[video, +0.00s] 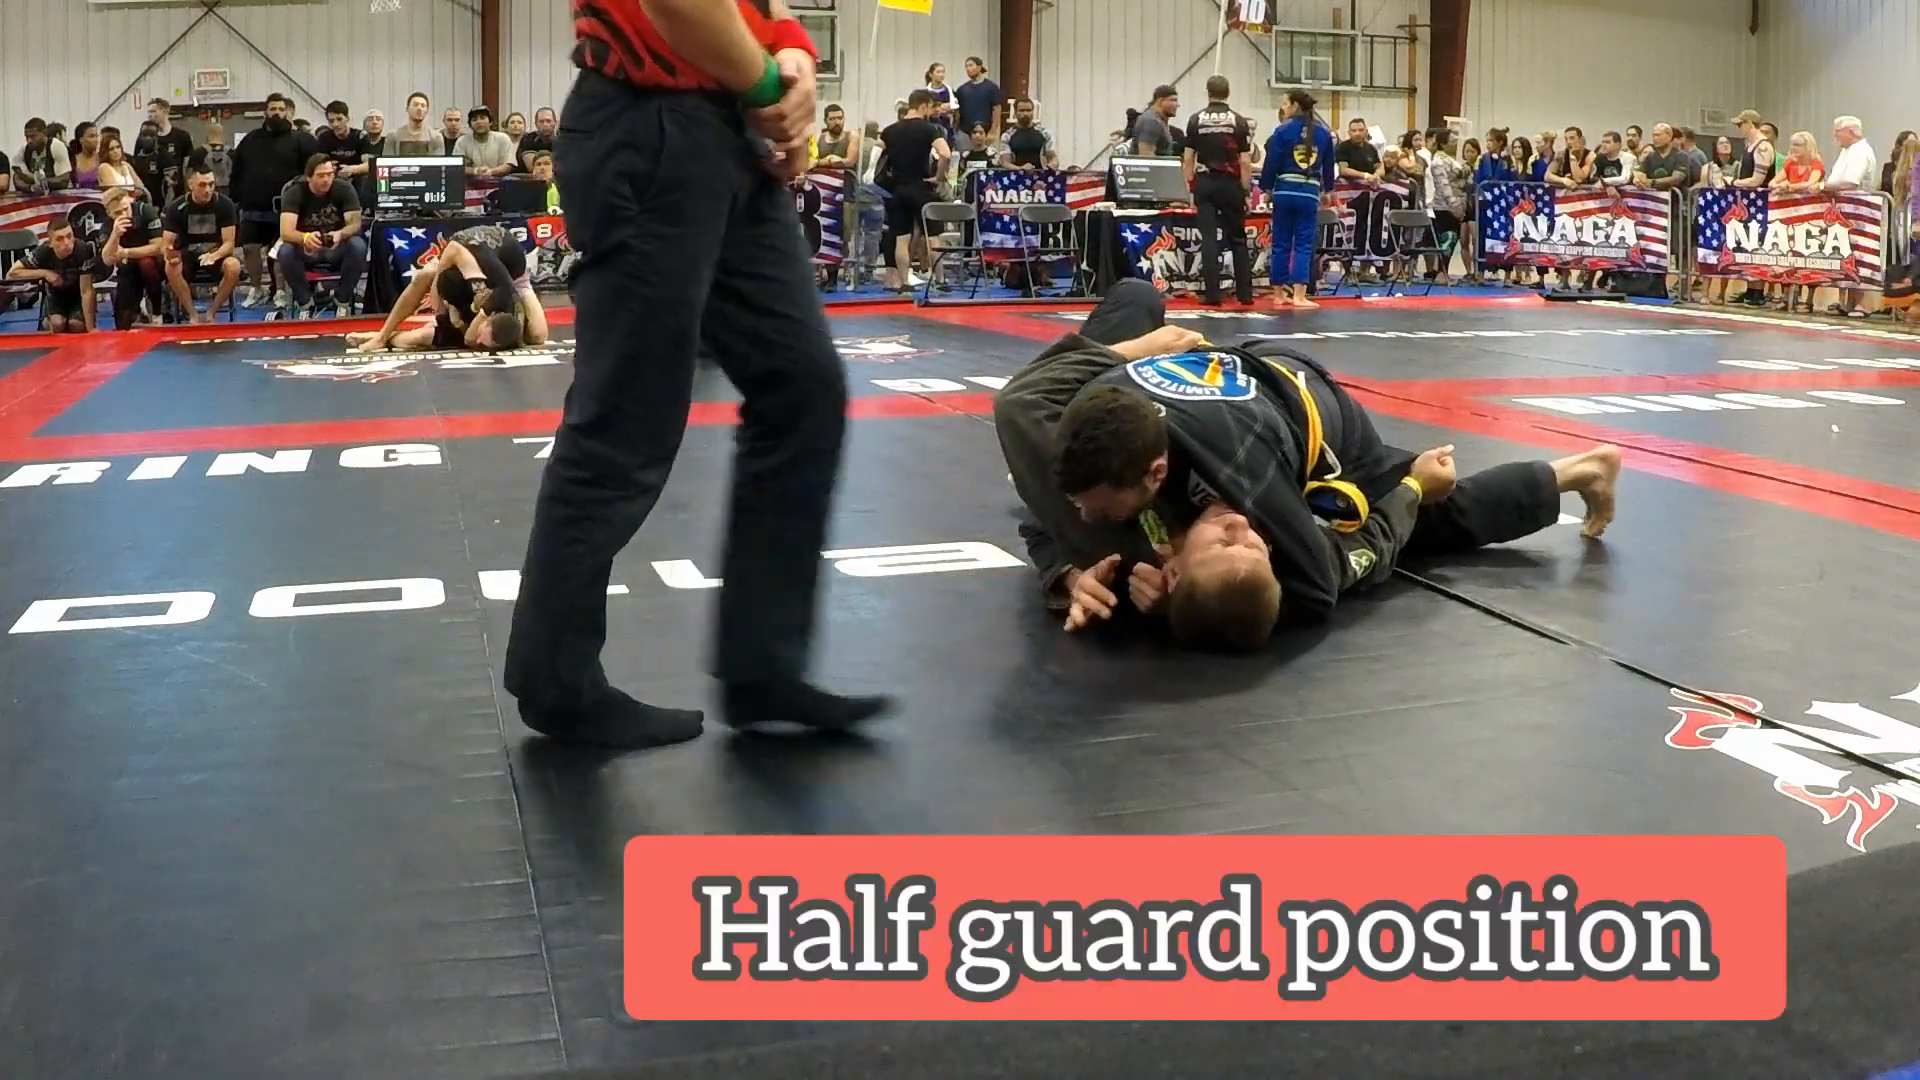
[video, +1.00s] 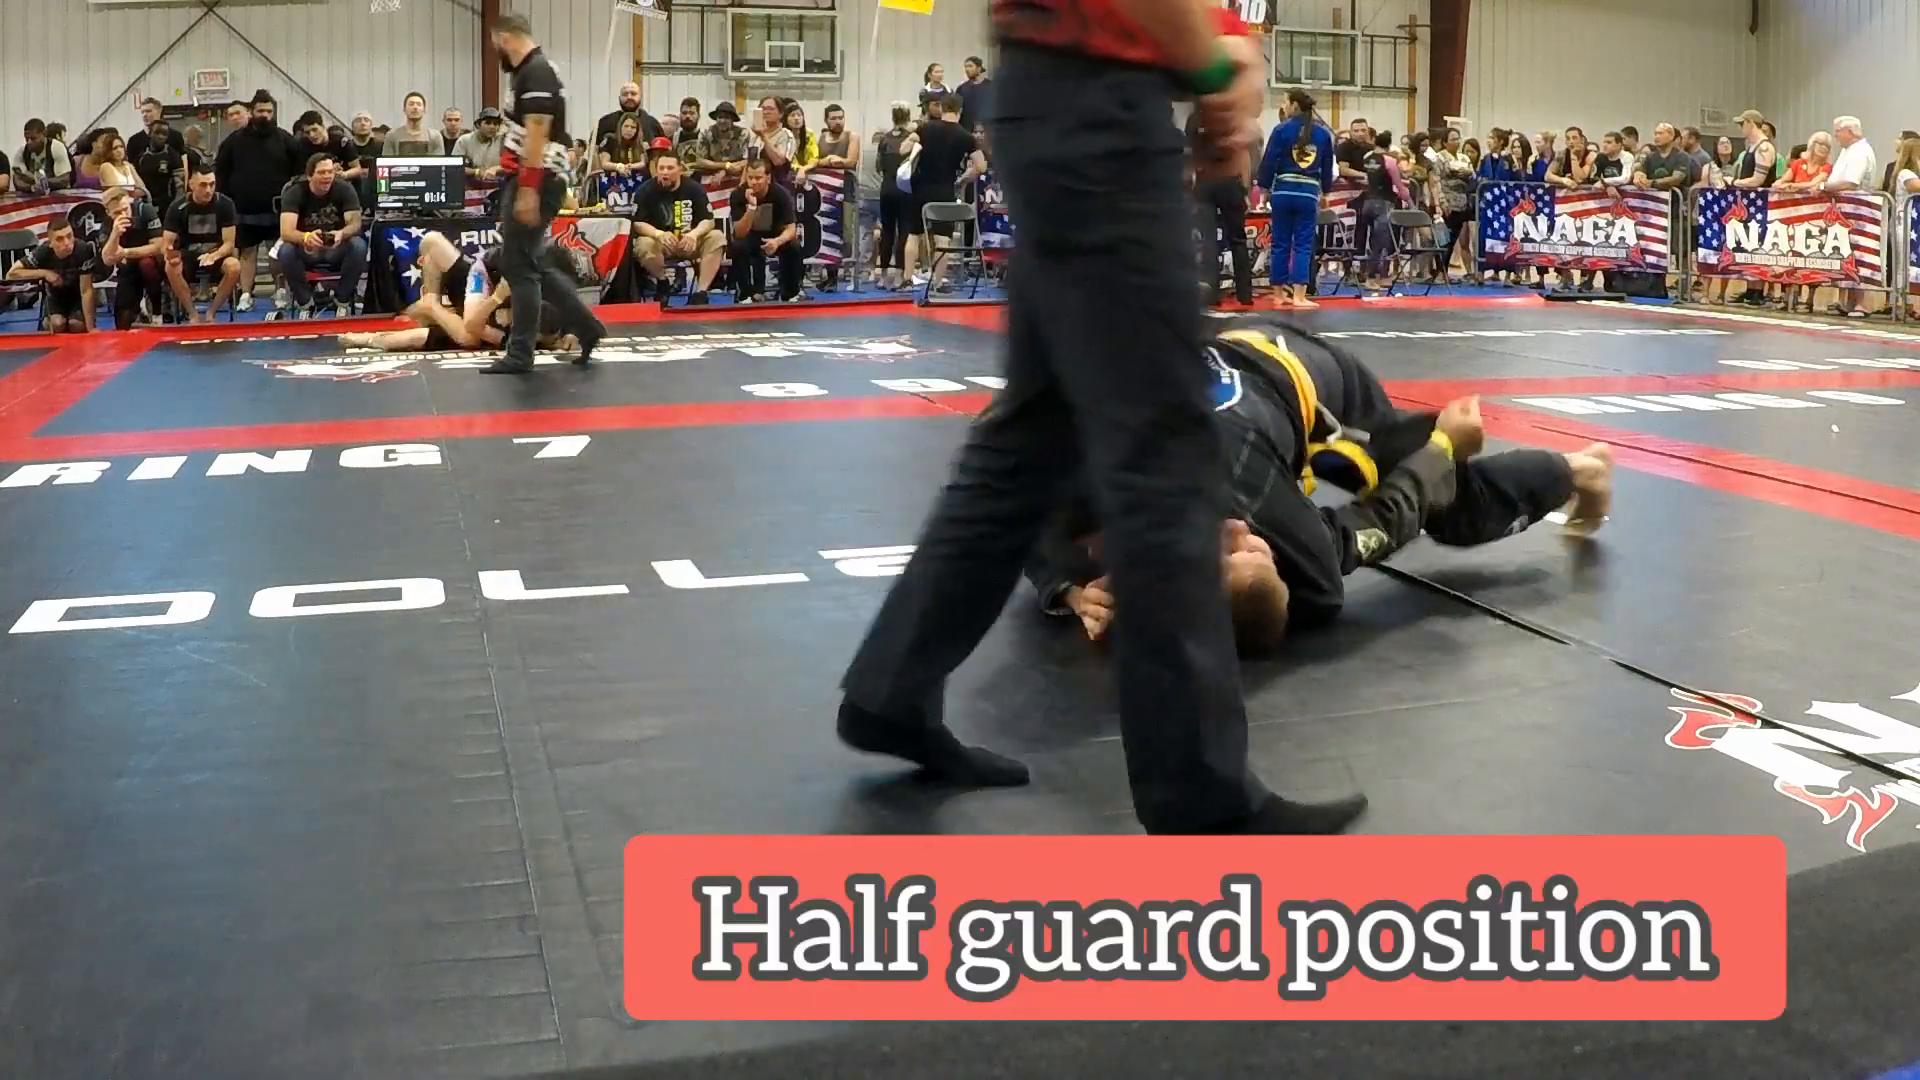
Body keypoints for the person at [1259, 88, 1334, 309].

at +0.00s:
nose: (1283, 108)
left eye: (1285, 104)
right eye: (1284, 104)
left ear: (1295, 106)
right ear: (1306, 107)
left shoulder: (1282, 130)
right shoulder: (1323, 133)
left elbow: (1271, 162)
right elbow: (1328, 165)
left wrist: (1266, 187)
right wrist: (1328, 188)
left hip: (1284, 191)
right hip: (1309, 194)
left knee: (1281, 242)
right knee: (1304, 243)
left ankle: (1278, 293)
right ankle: (1299, 295)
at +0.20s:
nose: (1283, 108)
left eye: (1286, 104)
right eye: (1284, 104)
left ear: (1296, 106)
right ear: (1307, 107)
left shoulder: (1282, 130)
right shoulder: (1324, 133)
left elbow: (1271, 161)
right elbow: (1327, 167)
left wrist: (1266, 186)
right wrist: (1325, 191)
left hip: (1283, 190)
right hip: (1309, 193)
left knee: (1281, 242)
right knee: (1304, 243)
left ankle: (1278, 293)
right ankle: (1299, 295)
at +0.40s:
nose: (1283, 107)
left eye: (1286, 104)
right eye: (1284, 103)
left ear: (1295, 105)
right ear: (1306, 106)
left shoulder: (1283, 130)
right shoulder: (1324, 132)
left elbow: (1271, 162)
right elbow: (1328, 167)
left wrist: (1265, 187)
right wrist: (1325, 192)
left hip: (1283, 191)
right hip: (1309, 193)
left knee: (1280, 242)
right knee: (1304, 243)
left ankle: (1278, 293)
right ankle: (1299, 295)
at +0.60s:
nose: (1285, 107)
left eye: (1286, 103)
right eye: (1286, 103)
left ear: (1292, 105)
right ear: (1307, 106)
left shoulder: (1281, 129)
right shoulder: (1323, 132)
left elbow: (1270, 161)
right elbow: (1327, 166)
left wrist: (1265, 188)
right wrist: (1326, 190)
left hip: (1282, 190)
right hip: (1309, 193)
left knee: (1281, 242)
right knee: (1304, 243)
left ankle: (1278, 293)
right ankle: (1299, 295)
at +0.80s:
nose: (1285, 106)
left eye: (1286, 103)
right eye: (1286, 103)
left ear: (1291, 105)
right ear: (1308, 105)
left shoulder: (1281, 129)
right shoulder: (1323, 132)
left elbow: (1269, 160)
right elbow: (1328, 166)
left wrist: (1266, 187)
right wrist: (1326, 190)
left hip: (1282, 191)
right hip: (1309, 194)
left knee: (1280, 242)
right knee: (1303, 244)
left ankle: (1278, 293)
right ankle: (1299, 296)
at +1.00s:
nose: (1283, 106)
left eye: (1286, 103)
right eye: (1285, 102)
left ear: (1295, 105)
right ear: (1307, 107)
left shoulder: (1282, 129)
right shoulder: (1323, 132)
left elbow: (1269, 160)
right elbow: (1327, 166)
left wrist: (1264, 186)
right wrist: (1325, 190)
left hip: (1283, 190)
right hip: (1309, 193)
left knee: (1281, 242)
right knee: (1303, 243)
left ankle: (1278, 293)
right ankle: (1299, 296)